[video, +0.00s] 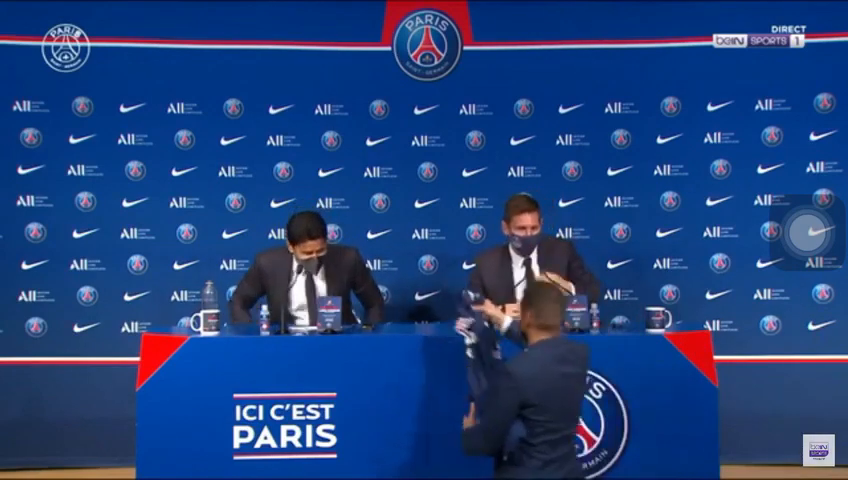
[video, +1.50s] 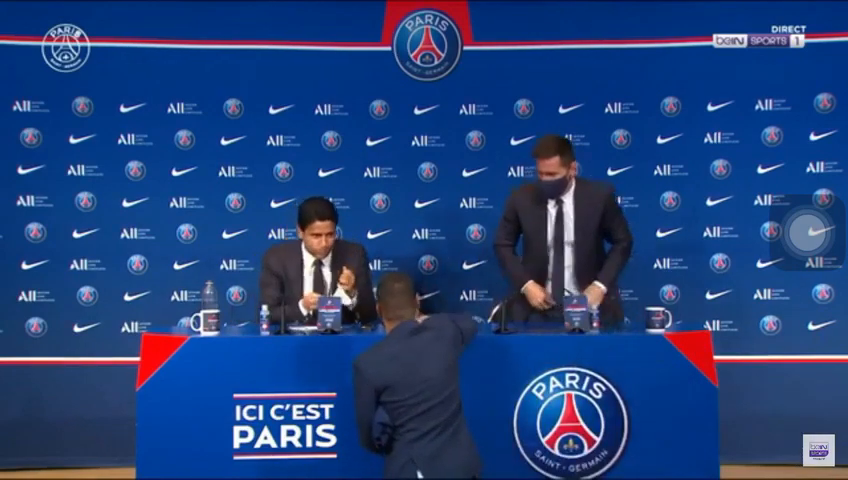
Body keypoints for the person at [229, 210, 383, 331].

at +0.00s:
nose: (314, 258)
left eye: (320, 251)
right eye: (307, 254)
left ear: (327, 241)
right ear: (290, 246)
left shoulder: (347, 259)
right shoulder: (268, 263)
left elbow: (374, 303)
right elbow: (238, 303)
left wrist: (366, 335)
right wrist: (252, 338)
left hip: (338, 347)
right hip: (286, 348)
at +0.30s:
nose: (309, 258)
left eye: (316, 252)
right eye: (302, 252)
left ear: (325, 242)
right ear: (290, 245)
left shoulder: (348, 253)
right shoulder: (271, 259)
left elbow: (375, 308)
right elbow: (252, 316)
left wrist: (348, 287)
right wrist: (275, 283)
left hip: (337, 342)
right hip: (289, 343)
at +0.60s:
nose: (313, 244)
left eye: (320, 237)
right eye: (306, 237)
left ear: (330, 234)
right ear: (294, 235)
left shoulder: (349, 250)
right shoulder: (272, 256)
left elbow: (376, 305)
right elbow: (252, 313)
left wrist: (348, 263)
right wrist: (276, 266)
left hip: (337, 343)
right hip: (290, 344)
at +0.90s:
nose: (315, 246)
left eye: (321, 238)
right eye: (307, 239)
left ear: (330, 232)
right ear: (294, 236)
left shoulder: (348, 251)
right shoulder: (271, 257)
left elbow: (369, 316)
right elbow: (254, 315)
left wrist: (349, 272)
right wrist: (278, 279)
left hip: (337, 343)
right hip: (289, 344)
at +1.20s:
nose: (318, 241)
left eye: (323, 232)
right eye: (310, 233)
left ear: (330, 227)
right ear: (296, 230)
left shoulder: (350, 250)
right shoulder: (273, 257)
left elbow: (368, 315)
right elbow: (263, 314)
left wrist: (355, 280)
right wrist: (295, 295)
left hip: (339, 342)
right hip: (291, 343)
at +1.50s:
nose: (324, 243)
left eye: (329, 235)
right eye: (316, 236)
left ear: (336, 231)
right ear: (300, 232)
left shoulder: (353, 254)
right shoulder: (277, 257)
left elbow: (369, 316)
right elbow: (269, 314)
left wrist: (351, 294)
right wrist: (302, 308)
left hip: (343, 344)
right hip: (295, 345)